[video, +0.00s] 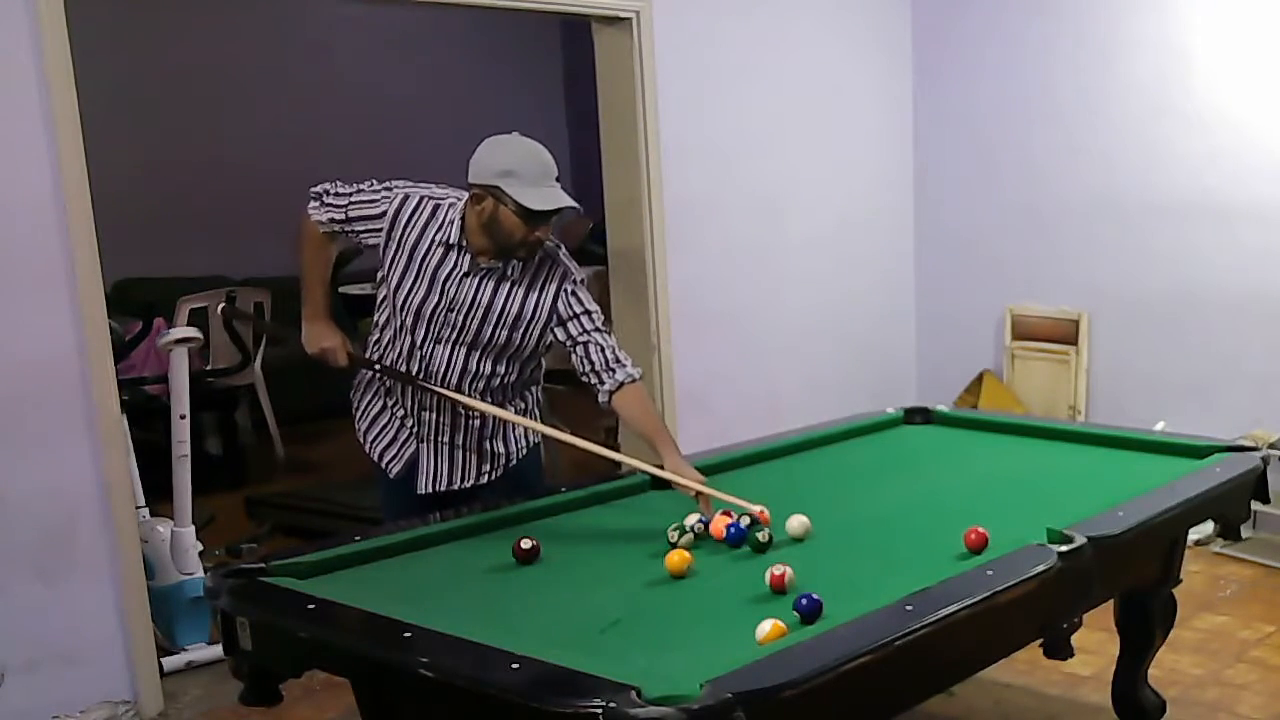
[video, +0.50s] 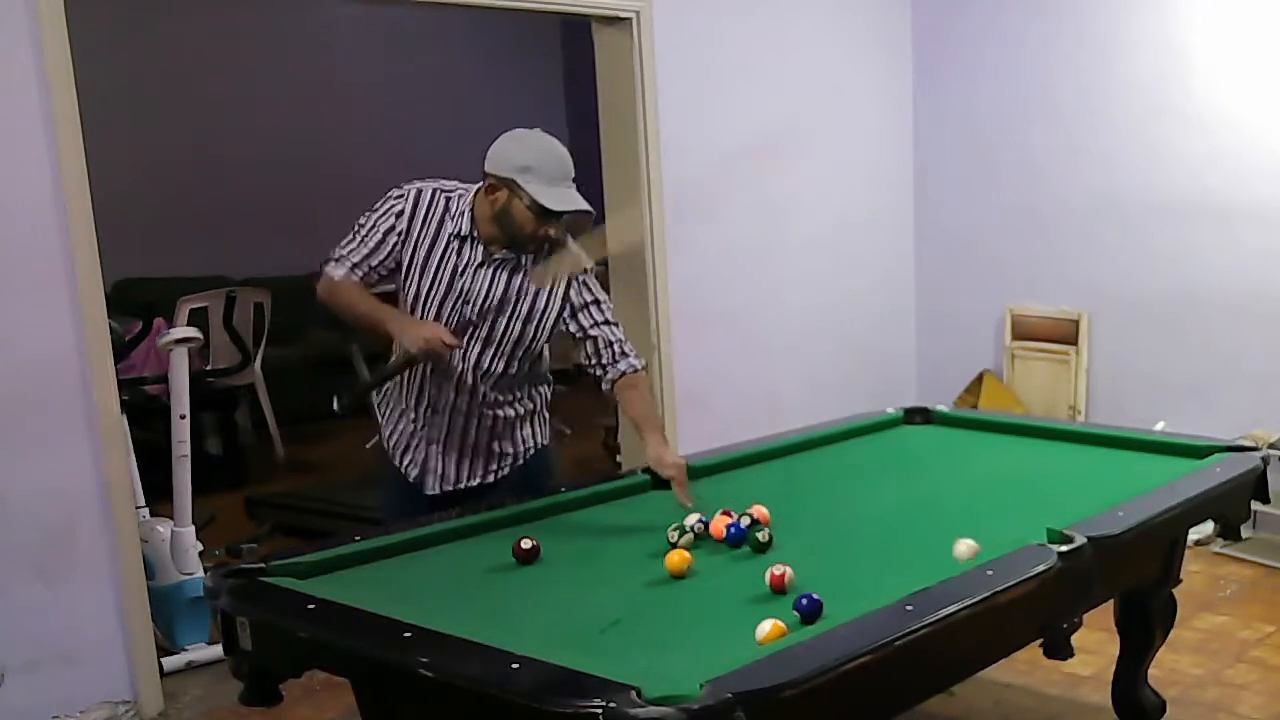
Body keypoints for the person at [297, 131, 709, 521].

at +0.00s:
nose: (543, 232)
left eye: (548, 218)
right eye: (531, 217)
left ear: (552, 210)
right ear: (484, 201)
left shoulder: (555, 277)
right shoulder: (409, 211)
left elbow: (611, 370)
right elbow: (322, 210)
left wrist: (671, 454)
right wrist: (316, 317)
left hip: (500, 436)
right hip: (403, 427)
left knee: (520, 570)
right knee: (415, 579)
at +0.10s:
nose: (545, 233)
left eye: (550, 219)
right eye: (533, 218)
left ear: (555, 211)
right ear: (487, 202)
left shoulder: (557, 278)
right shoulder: (412, 210)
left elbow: (613, 370)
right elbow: (324, 205)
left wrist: (671, 453)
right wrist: (314, 312)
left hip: (500, 436)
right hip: (403, 425)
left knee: (521, 569)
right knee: (413, 577)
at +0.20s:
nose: (548, 234)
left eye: (553, 220)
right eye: (536, 218)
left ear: (559, 212)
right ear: (490, 202)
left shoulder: (561, 279)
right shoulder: (415, 210)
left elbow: (616, 371)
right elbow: (323, 205)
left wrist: (674, 454)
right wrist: (318, 312)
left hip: (504, 437)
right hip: (405, 426)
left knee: (523, 570)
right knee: (412, 580)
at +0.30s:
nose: (549, 235)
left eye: (555, 221)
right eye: (537, 219)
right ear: (492, 200)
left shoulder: (563, 280)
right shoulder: (413, 211)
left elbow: (619, 376)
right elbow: (323, 243)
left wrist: (672, 457)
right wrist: (379, 339)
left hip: (507, 446)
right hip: (408, 437)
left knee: (523, 584)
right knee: (413, 590)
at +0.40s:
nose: (552, 234)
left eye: (558, 220)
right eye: (540, 218)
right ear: (493, 198)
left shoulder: (563, 271)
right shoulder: (413, 211)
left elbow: (613, 366)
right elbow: (338, 288)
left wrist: (664, 450)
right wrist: (413, 334)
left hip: (514, 450)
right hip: (417, 448)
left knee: (528, 592)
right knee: (417, 600)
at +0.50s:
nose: (555, 231)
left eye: (563, 217)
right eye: (544, 214)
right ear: (497, 193)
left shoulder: (564, 265)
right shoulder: (417, 208)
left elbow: (618, 360)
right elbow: (334, 282)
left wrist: (656, 442)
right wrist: (398, 325)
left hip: (514, 454)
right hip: (416, 447)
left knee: (528, 592)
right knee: (414, 597)